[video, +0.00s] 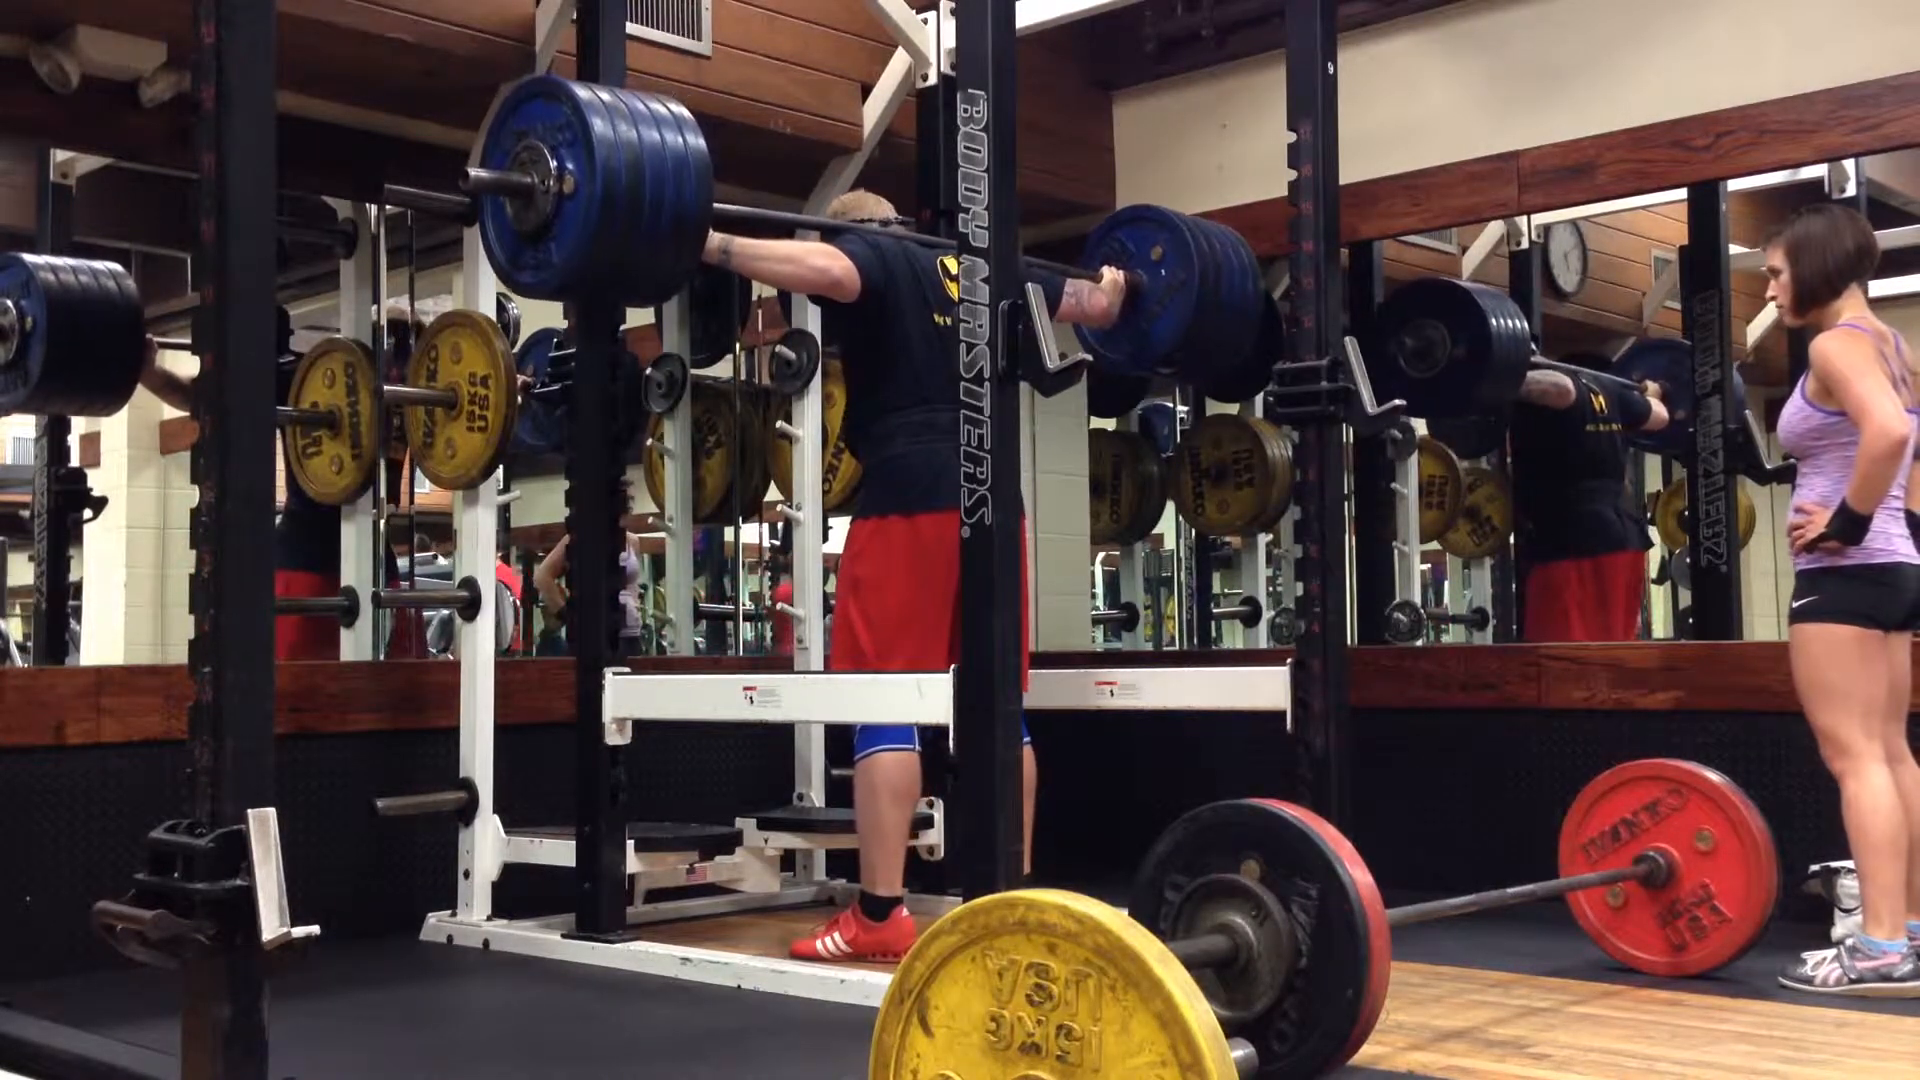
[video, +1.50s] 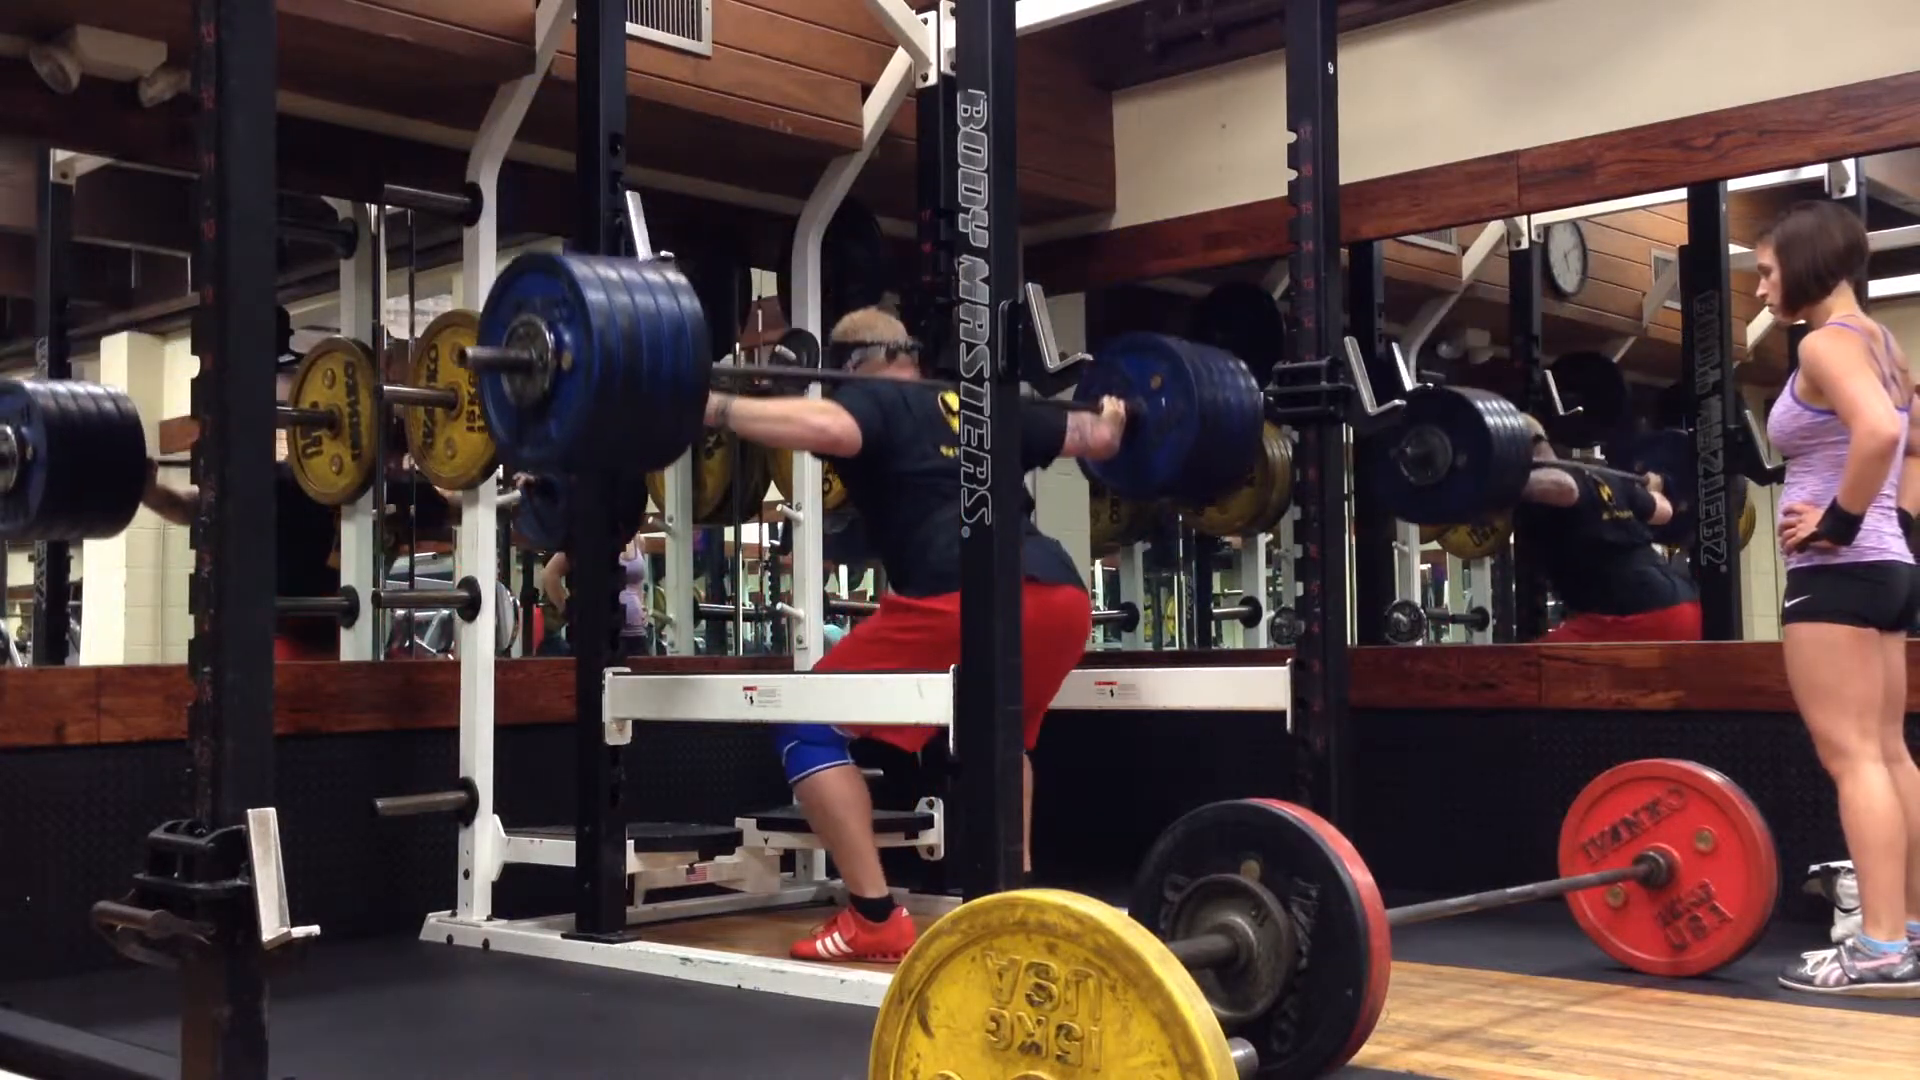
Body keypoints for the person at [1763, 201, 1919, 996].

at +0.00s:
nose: (1770, 286)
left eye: (1777, 271)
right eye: (1769, 271)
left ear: (1812, 267)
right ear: (1851, 267)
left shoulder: (1835, 344)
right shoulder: (1883, 342)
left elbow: (1888, 431)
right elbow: (1906, 457)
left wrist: (1844, 522)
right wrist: (1873, 515)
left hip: (1844, 575)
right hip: (1889, 570)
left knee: (1856, 757)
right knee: (1889, 749)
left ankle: (1882, 942)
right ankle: (1902, 926)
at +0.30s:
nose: (1768, 283)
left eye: (1774, 268)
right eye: (1767, 268)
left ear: (1809, 266)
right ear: (1850, 266)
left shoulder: (1833, 344)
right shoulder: (1883, 342)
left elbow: (1887, 432)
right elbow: (1907, 448)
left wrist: (1842, 520)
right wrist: (1893, 518)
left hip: (1842, 575)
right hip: (1887, 570)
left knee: (1855, 757)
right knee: (1888, 750)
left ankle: (1883, 942)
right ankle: (1902, 927)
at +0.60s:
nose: (1766, 284)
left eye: (1772, 267)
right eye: (1765, 268)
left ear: (1806, 265)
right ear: (1848, 264)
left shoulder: (1831, 344)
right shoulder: (1881, 341)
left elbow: (1885, 432)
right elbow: (1907, 442)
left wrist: (1842, 519)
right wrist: (1893, 517)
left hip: (1841, 574)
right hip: (1886, 569)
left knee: (1855, 757)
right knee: (1888, 750)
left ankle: (1883, 942)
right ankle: (1901, 927)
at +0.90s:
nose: (1763, 282)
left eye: (1769, 267)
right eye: (1762, 267)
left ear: (1803, 265)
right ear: (1844, 264)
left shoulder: (1829, 343)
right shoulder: (1879, 341)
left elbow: (1882, 431)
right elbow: (1906, 444)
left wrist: (1840, 521)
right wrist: (1894, 519)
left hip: (1840, 574)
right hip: (1886, 569)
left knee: (1855, 758)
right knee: (1887, 750)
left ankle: (1882, 942)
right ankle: (1901, 927)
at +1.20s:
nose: (1761, 283)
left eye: (1767, 267)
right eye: (1760, 267)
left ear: (1802, 264)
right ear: (1841, 263)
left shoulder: (1827, 342)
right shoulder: (1876, 340)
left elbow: (1879, 431)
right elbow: (1907, 448)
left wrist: (1839, 520)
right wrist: (1889, 519)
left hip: (1838, 573)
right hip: (1885, 568)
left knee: (1854, 757)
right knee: (1887, 750)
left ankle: (1883, 943)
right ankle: (1904, 927)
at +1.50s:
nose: (1759, 283)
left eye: (1764, 267)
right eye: (1758, 268)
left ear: (1800, 264)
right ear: (1838, 263)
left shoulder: (1825, 343)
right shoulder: (1875, 339)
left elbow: (1878, 431)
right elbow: (1907, 444)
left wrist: (1837, 521)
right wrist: (1891, 521)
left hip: (1836, 572)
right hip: (1884, 567)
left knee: (1853, 757)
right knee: (1886, 750)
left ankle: (1882, 943)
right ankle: (1904, 927)